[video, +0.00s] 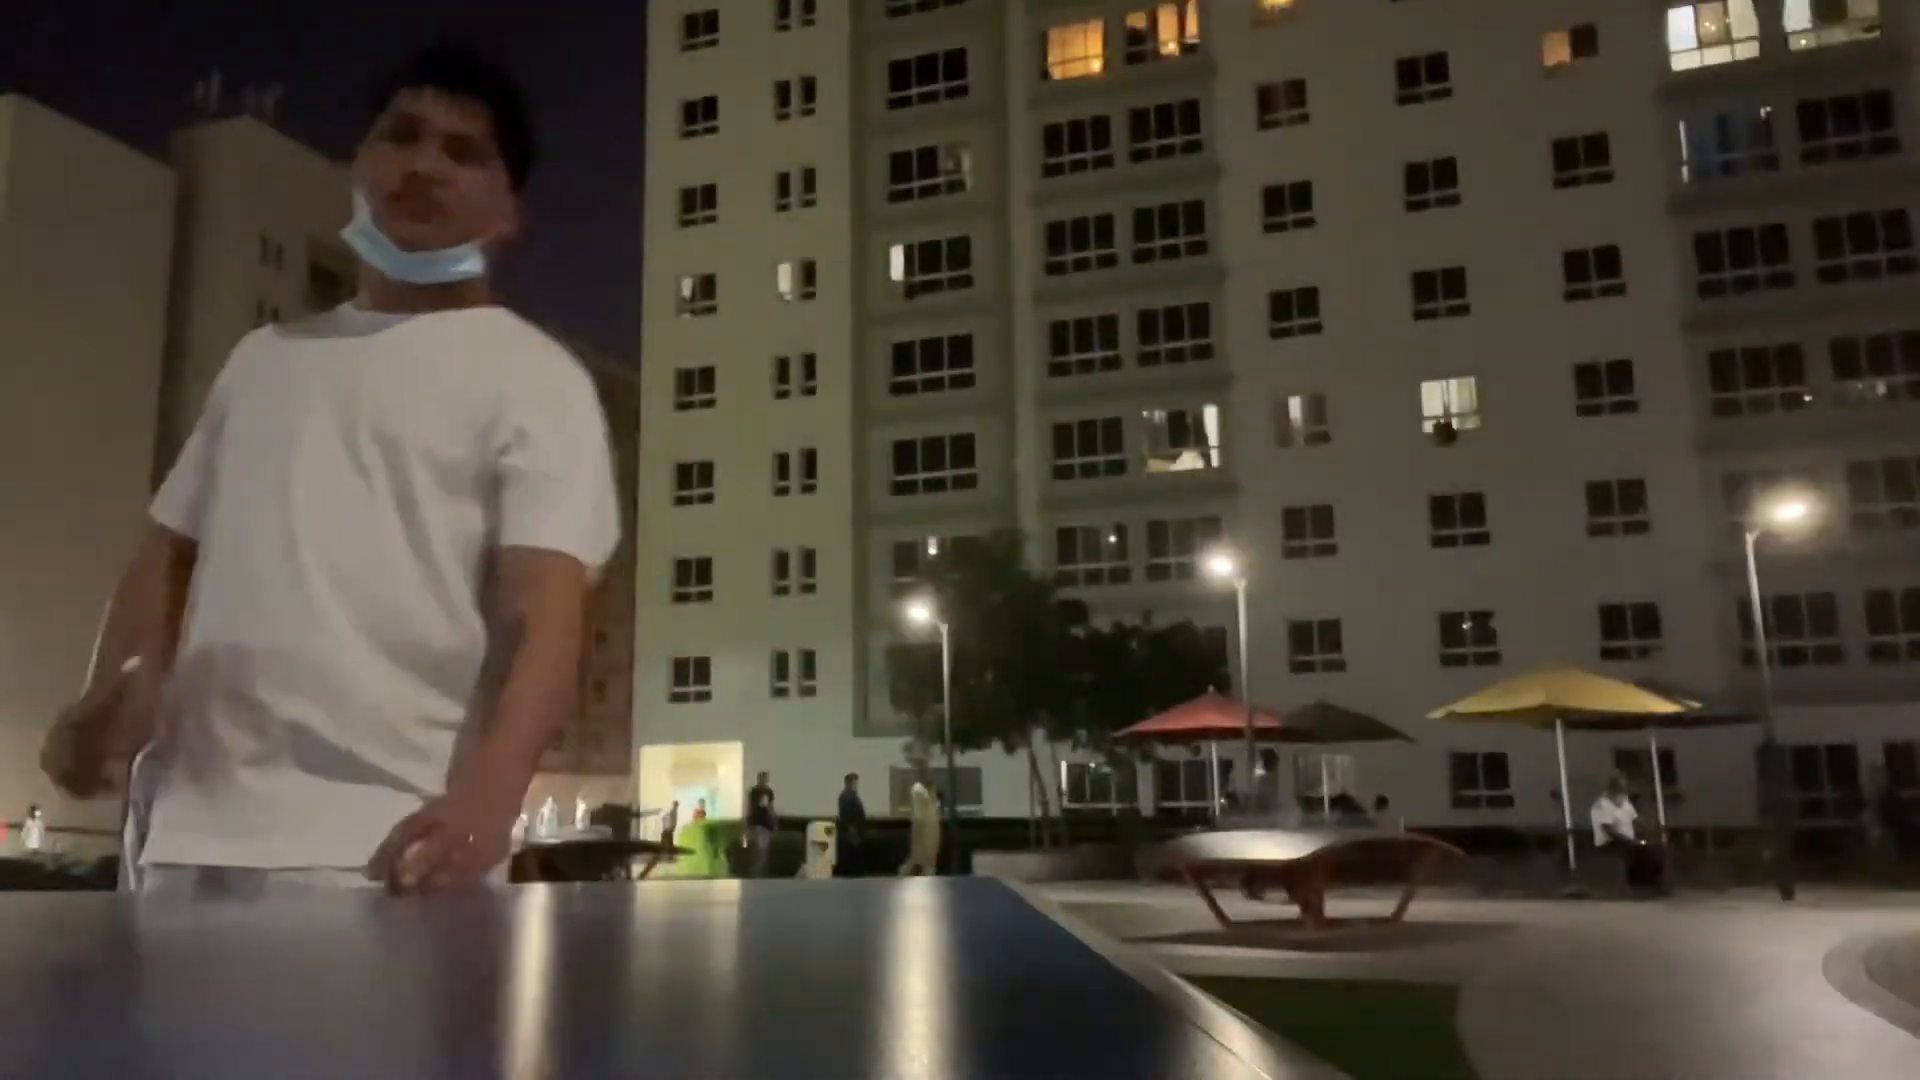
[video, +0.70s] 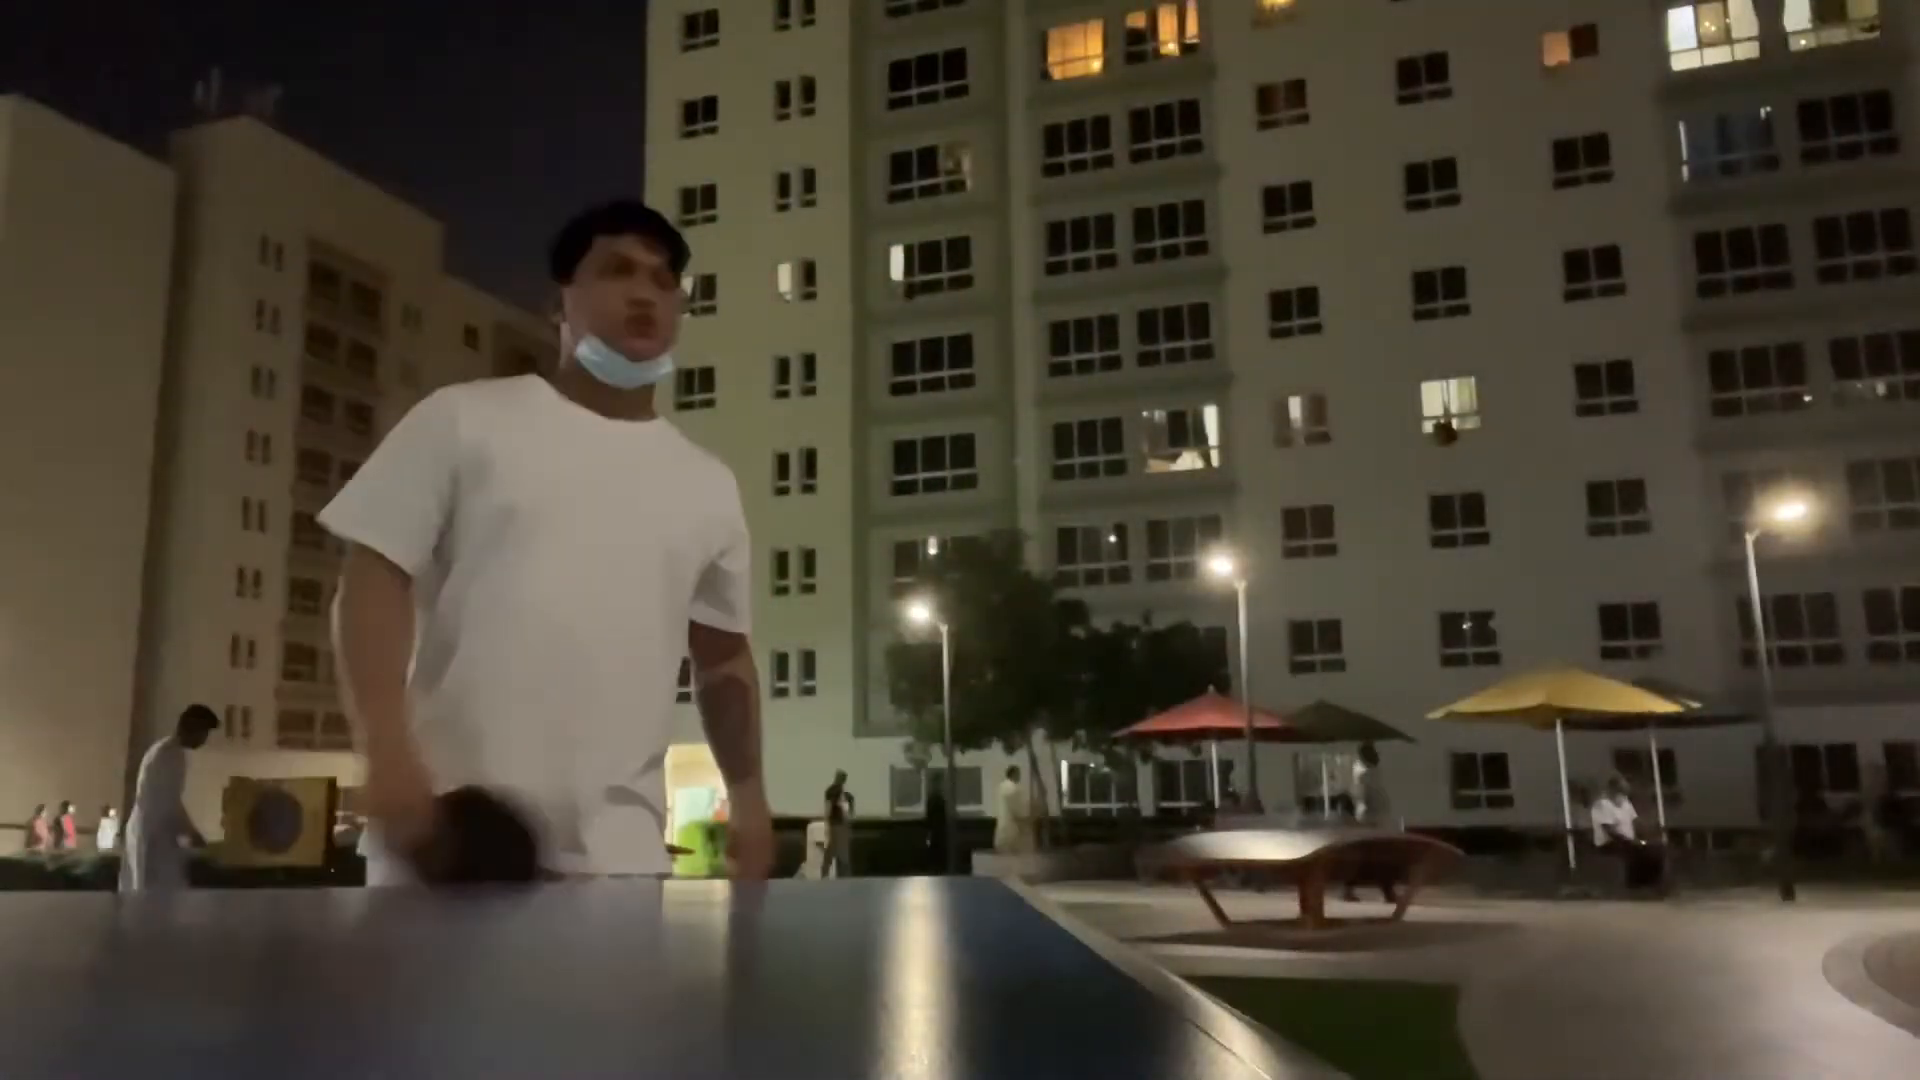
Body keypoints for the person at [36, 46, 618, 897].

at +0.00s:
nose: (424, 166)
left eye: (463, 152)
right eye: (402, 136)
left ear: (507, 213)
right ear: (356, 169)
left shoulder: (531, 377)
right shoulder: (262, 359)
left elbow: (547, 629)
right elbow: (167, 552)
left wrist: (482, 809)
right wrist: (121, 690)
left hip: (383, 861)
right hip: (190, 844)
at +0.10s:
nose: (386, 180)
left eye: (425, 168)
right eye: (364, 150)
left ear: (465, 227)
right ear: (320, 186)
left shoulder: (509, 393)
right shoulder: (221, 374)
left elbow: (545, 623)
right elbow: (140, 579)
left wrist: (455, 740)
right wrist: (87, 775)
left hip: (392, 865)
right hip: (194, 859)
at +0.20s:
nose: (388, 205)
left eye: (421, 189)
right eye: (361, 178)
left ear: (462, 242)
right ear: (318, 215)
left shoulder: (523, 409)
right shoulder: (226, 401)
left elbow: (524, 639)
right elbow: (145, 615)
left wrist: (438, 806)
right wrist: (72, 818)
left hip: (433, 865)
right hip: (232, 856)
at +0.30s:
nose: (440, 237)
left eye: (468, 219)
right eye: (412, 214)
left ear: (510, 261)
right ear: (371, 251)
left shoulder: (570, 432)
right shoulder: (282, 425)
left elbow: (592, 654)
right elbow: (195, 620)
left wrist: (593, 828)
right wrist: (134, 806)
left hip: (476, 864)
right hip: (278, 867)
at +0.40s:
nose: (498, 267)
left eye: (526, 249)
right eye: (471, 246)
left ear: (565, 291)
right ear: (433, 278)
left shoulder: (629, 456)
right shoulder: (350, 446)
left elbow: (672, 655)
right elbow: (273, 640)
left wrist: (699, 810)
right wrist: (204, 805)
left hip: (549, 861)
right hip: (359, 858)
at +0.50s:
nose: (567, 282)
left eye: (593, 263)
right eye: (542, 261)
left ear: (630, 292)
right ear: (505, 287)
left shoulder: (681, 467)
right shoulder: (415, 435)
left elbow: (725, 658)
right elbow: (346, 630)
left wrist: (759, 810)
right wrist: (289, 817)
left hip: (594, 852)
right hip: (416, 847)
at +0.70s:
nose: (644, 294)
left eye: (663, 279)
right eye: (616, 270)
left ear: (680, 310)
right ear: (562, 299)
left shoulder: (705, 486)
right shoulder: (462, 424)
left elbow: (724, 661)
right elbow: (371, 586)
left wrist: (748, 807)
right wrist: (390, 759)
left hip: (613, 853)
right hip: (448, 842)